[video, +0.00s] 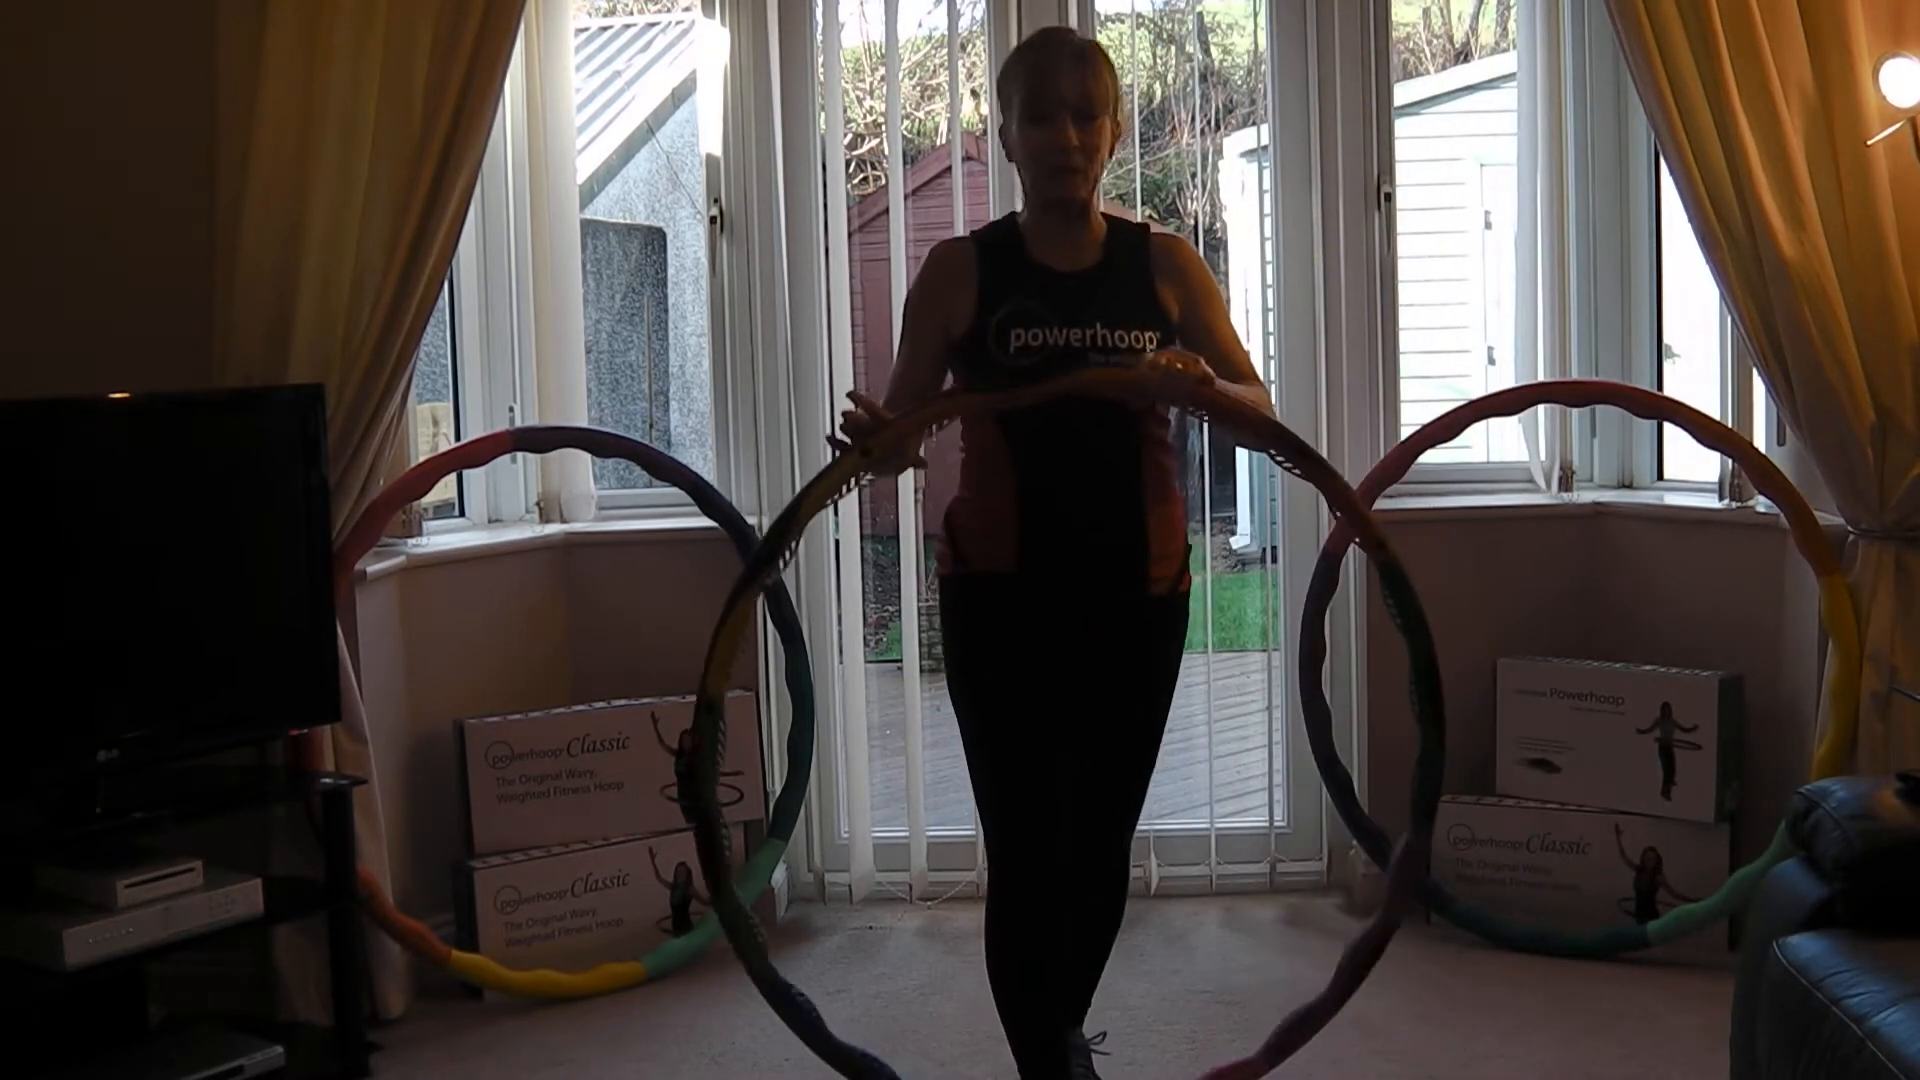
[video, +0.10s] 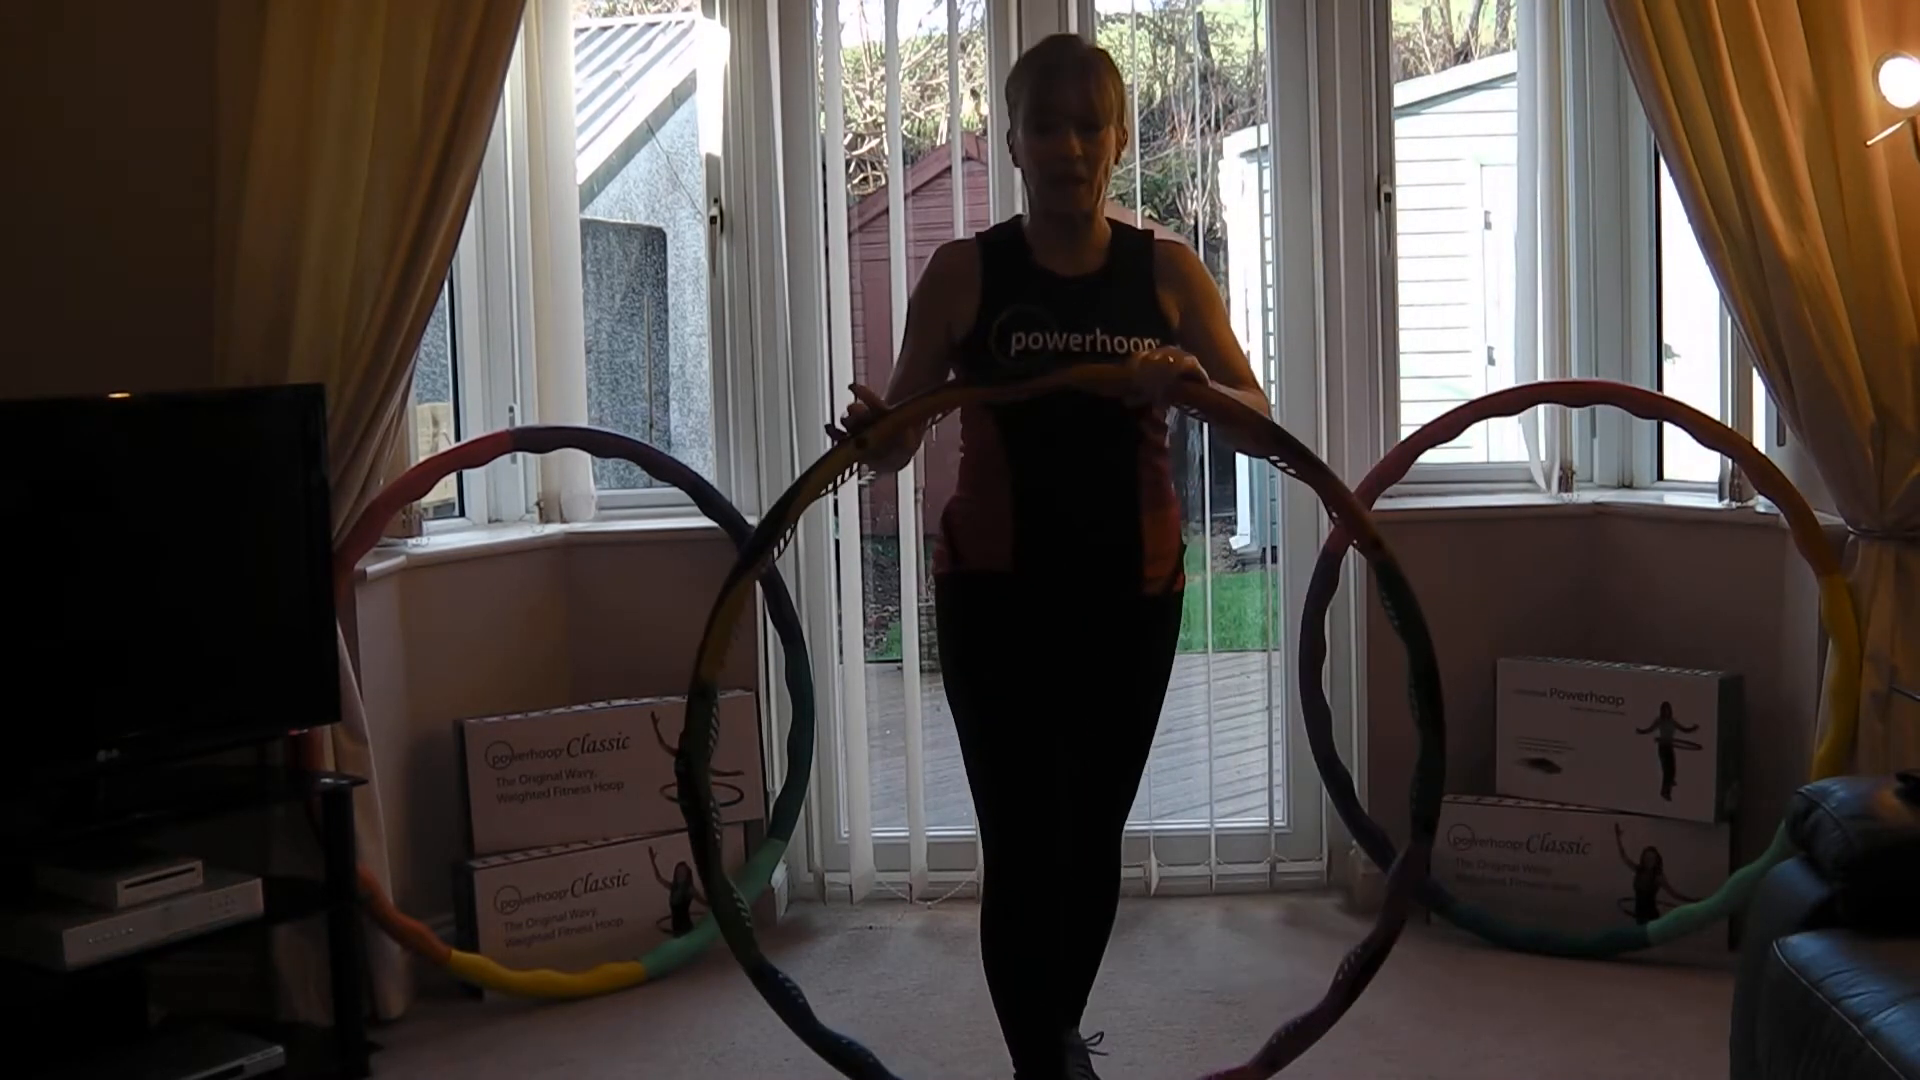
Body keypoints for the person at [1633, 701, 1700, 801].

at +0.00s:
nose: (1666, 712)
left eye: (1668, 710)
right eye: (1664, 710)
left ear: (1670, 710)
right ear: (1661, 711)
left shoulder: (1671, 721)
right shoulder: (1660, 720)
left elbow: (1683, 730)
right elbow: (1651, 729)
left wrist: (1693, 728)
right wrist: (1641, 731)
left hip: (1669, 747)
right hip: (1663, 747)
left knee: (1671, 770)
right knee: (1667, 771)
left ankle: (1667, 791)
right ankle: (1665, 792)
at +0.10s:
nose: (1666, 712)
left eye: (1668, 710)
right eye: (1664, 710)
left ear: (1670, 711)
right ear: (1661, 711)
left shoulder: (1671, 721)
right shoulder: (1660, 720)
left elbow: (1683, 729)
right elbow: (1651, 729)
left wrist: (1693, 728)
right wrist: (1641, 731)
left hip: (1668, 747)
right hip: (1663, 747)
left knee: (1671, 770)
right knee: (1667, 771)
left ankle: (1667, 791)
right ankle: (1665, 792)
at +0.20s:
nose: (1666, 712)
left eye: (1668, 710)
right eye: (1664, 710)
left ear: (1670, 711)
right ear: (1661, 711)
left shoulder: (1671, 721)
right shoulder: (1660, 721)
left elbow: (1683, 729)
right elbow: (1651, 729)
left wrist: (1693, 728)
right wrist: (1641, 731)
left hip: (1669, 747)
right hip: (1663, 747)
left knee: (1671, 769)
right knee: (1667, 770)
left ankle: (1667, 791)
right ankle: (1665, 791)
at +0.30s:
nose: (1666, 713)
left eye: (1668, 710)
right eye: (1664, 710)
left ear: (1670, 711)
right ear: (1662, 711)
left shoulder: (1671, 721)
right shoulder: (1660, 721)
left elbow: (1683, 729)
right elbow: (1651, 729)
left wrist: (1693, 728)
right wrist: (1641, 731)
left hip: (1669, 747)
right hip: (1663, 747)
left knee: (1671, 769)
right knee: (1667, 771)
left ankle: (1667, 791)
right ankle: (1665, 792)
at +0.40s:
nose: (1666, 712)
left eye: (1668, 710)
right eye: (1664, 710)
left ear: (1670, 711)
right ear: (1661, 711)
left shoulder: (1670, 721)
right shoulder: (1660, 721)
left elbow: (1683, 729)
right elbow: (1651, 729)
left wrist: (1693, 728)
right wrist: (1641, 731)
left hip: (1668, 747)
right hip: (1663, 747)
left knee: (1671, 769)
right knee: (1667, 771)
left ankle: (1667, 791)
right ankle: (1665, 792)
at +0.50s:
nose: (1666, 712)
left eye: (1667, 710)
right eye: (1664, 710)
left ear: (1670, 711)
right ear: (1661, 711)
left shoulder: (1671, 721)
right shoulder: (1660, 721)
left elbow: (1683, 730)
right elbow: (1651, 729)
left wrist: (1693, 729)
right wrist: (1641, 731)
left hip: (1668, 747)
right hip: (1662, 747)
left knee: (1671, 770)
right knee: (1667, 771)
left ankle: (1667, 791)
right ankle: (1665, 792)